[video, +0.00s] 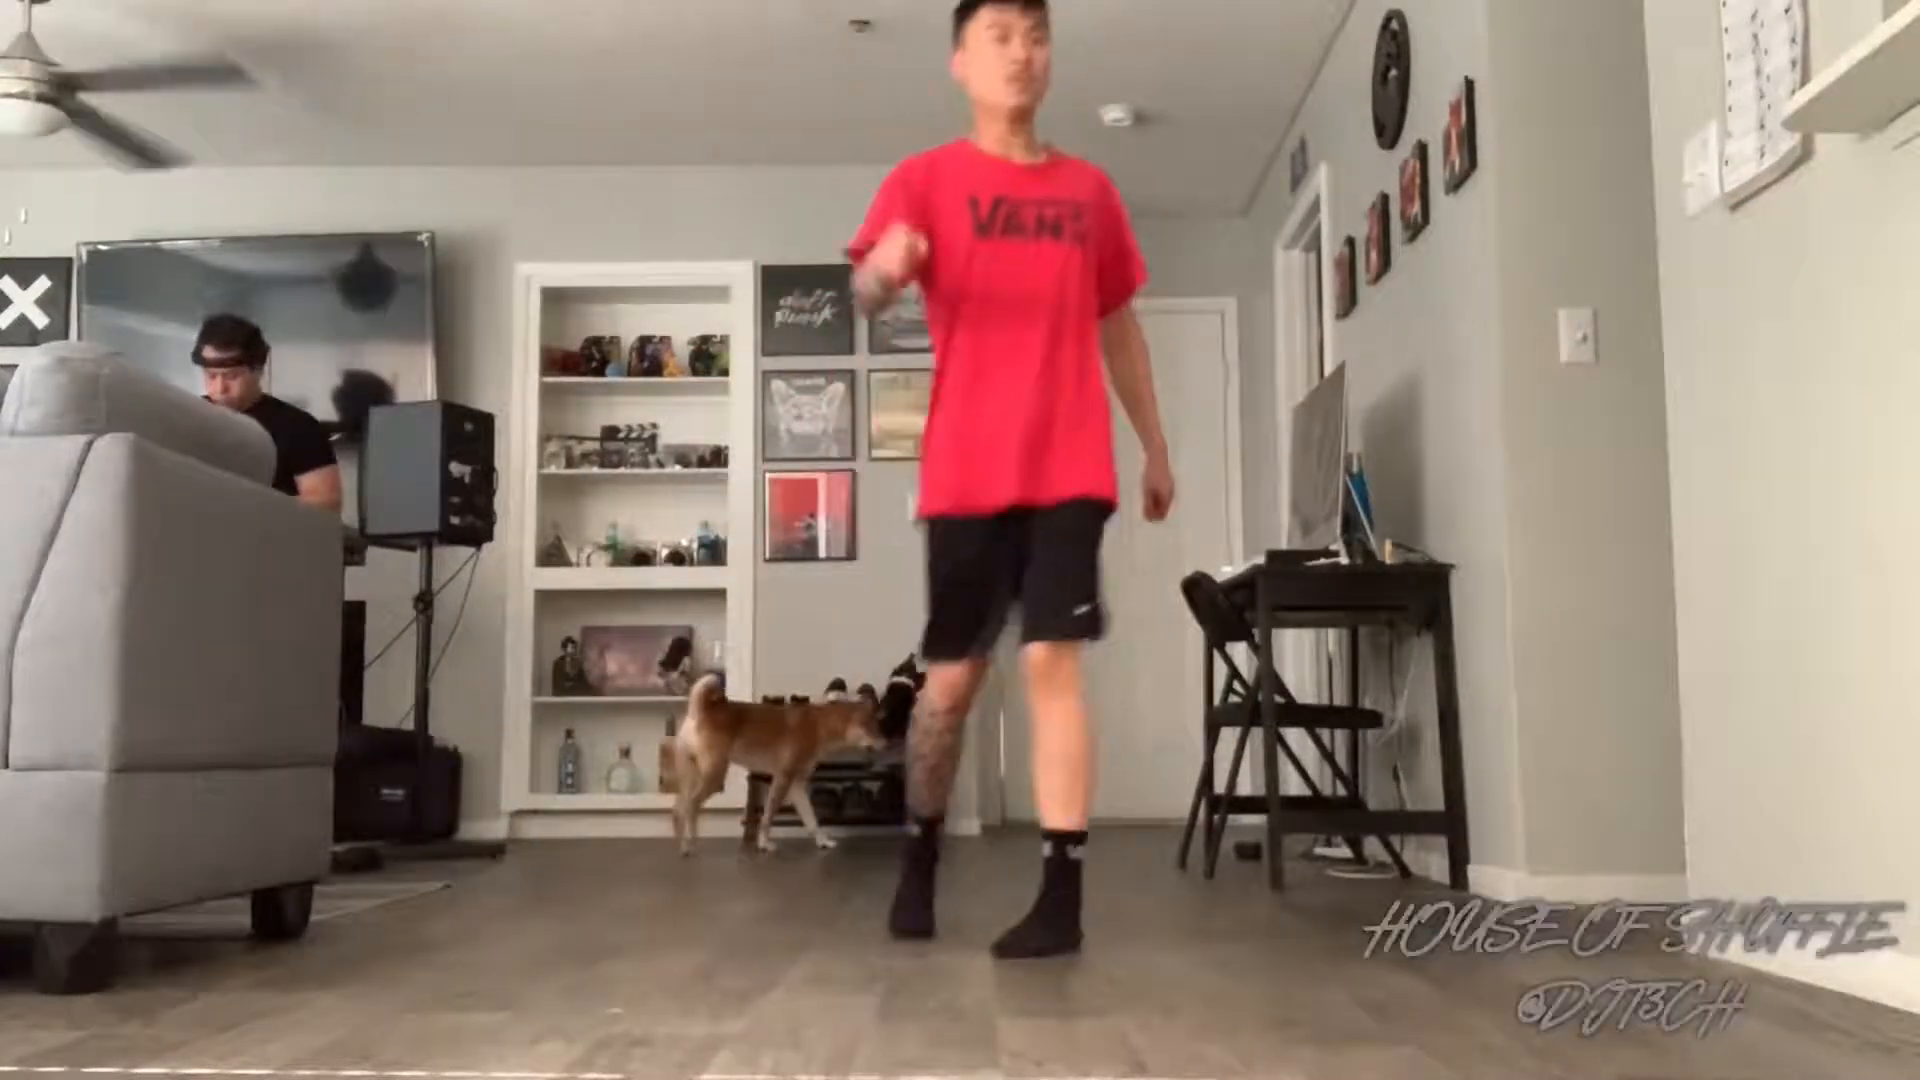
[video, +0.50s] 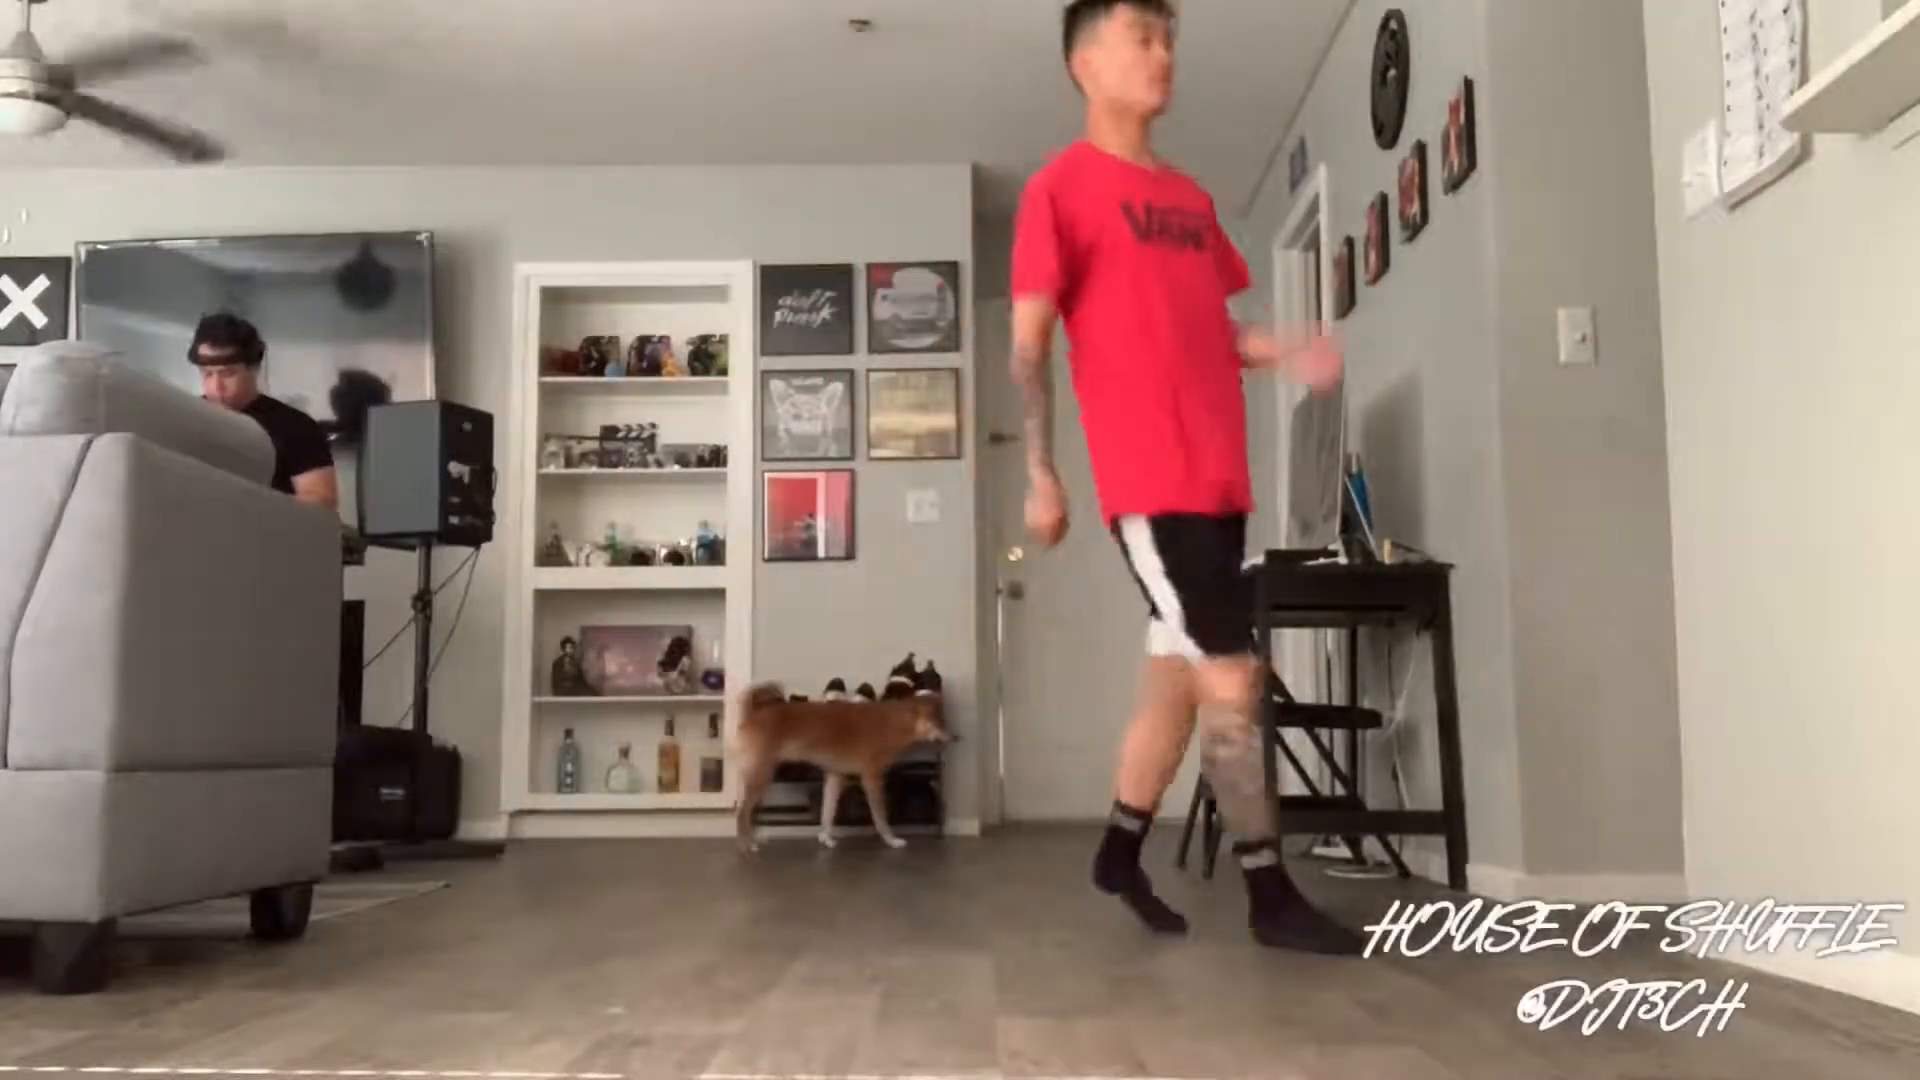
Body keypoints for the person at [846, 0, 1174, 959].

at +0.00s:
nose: (1023, 54)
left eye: (1036, 38)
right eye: (1000, 38)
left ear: (1053, 61)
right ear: (959, 63)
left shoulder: (1088, 187)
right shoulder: (924, 181)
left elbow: (1120, 326)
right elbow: (869, 286)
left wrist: (1154, 445)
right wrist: (887, 266)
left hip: (1070, 458)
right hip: (968, 461)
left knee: (1051, 661)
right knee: (951, 683)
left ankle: (1060, 898)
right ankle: (919, 863)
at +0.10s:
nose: (1067, 46)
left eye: (1078, 33)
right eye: (1046, 31)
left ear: (1091, 57)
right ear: (997, 55)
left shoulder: (1123, 180)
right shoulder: (969, 170)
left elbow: (1135, 305)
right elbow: (930, 296)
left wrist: (1168, 418)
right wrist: (948, 355)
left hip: (1118, 444)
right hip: (1017, 441)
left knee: (1100, 665)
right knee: (1019, 653)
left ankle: (1115, 878)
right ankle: (958, 787)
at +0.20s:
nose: (1107, 51)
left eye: (1114, 39)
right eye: (1083, 39)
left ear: (1126, 71)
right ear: (1035, 74)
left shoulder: (1155, 200)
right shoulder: (1008, 190)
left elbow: (1162, 322)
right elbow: (962, 333)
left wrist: (1198, 367)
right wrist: (976, 436)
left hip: (1151, 455)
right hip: (1058, 451)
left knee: (1132, 675)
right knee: (1120, 614)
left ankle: (1130, 883)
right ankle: (1022, 745)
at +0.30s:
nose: (1130, 37)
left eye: (1136, 25)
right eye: (1106, 23)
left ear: (1145, 52)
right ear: (1055, 54)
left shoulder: (1179, 171)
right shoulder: (1027, 173)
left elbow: (1200, 303)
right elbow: (987, 328)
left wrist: (1232, 302)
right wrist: (992, 452)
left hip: (1182, 437)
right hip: (1090, 437)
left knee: (1142, 661)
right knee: (1194, 618)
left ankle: (1119, 871)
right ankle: (1154, 817)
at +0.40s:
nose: (1156, 83)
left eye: (1156, 69)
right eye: (1132, 69)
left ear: (1160, 93)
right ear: (1077, 100)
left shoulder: (1205, 216)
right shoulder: (1046, 219)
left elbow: (1245, 344)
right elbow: (995, 360)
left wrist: (1276, 283)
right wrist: (1004, 483)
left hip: (1214, 476)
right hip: (1136, 479)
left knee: (1153, 690)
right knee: (1257, 668)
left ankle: (1114, 875)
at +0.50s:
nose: (1164, 57)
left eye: (1167, 42)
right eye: (1142, 40)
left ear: (1167, 63)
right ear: (1085, 65)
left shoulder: (1187, 194)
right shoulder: (1057, 187)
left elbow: (1214, 332)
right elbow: (1028, 342)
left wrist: (1284, 348)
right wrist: (1040, 474)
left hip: (1216, 467)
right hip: (1143, 471)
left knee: (1175, 678)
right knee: (1232, 671)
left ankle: (1118, 856)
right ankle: (1271, 894)